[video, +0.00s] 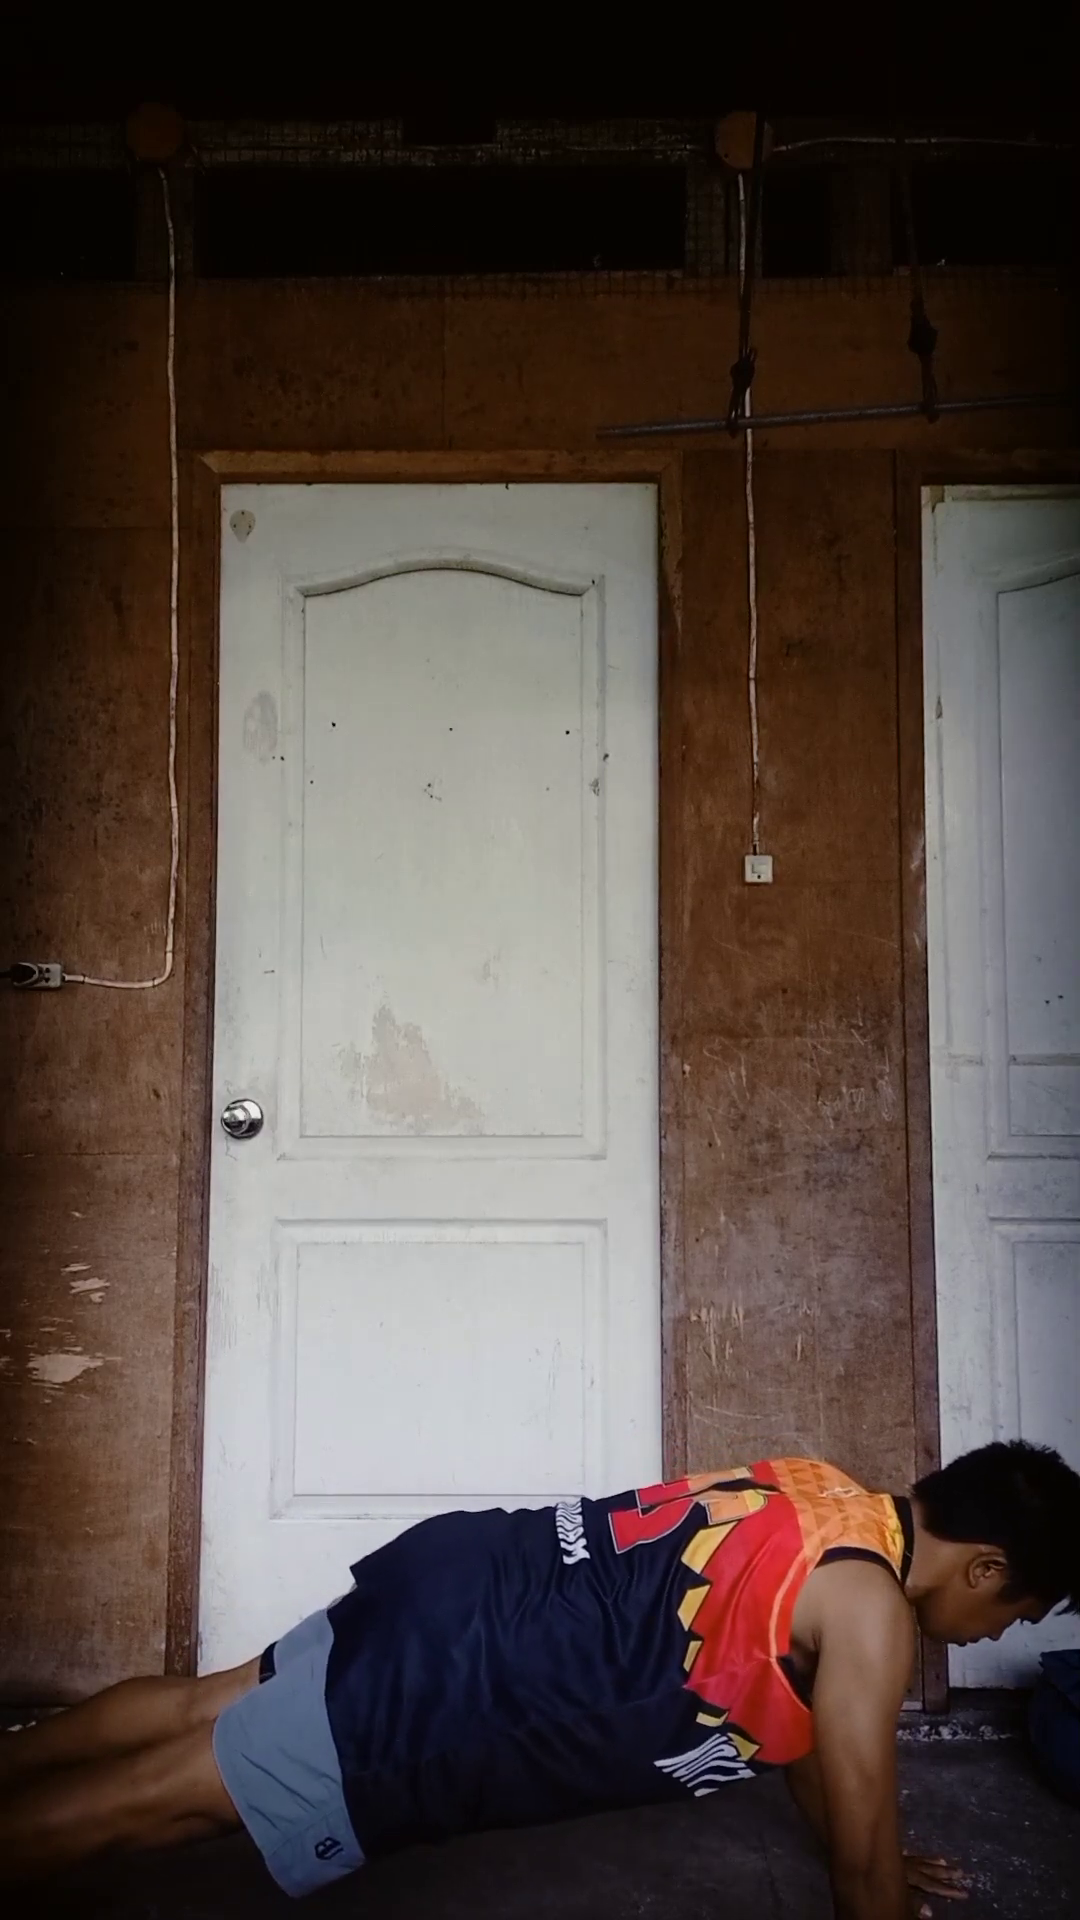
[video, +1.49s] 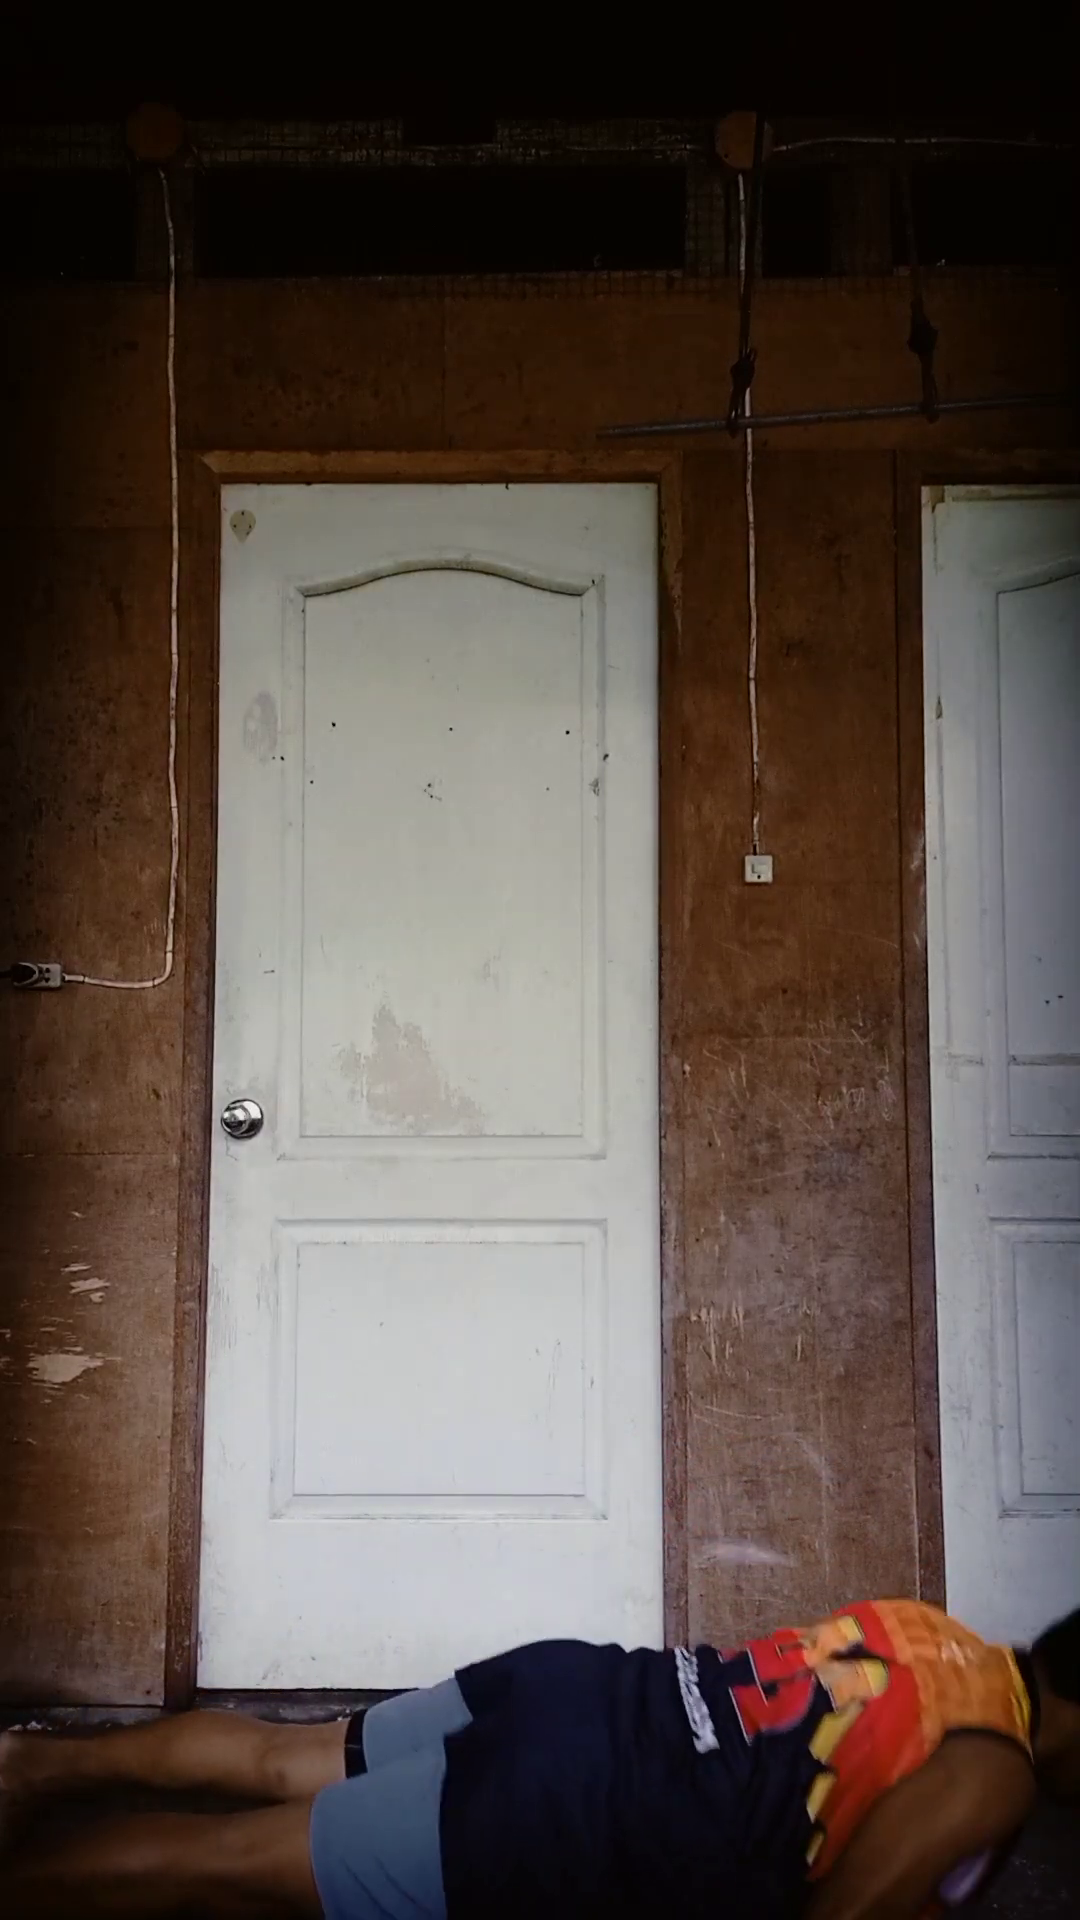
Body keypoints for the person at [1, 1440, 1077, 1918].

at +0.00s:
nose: (996, 1632)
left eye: (1017, 1615)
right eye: (1012, 1610)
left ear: (945, 1497)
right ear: (978, 1563)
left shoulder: (822, 1486)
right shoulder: (866, 1619)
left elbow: (797, 1702)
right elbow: (869, 1874)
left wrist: (874, 1843)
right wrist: (908, 1894)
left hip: (458, 1567)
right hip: (454, 1681)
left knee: (207, 1702)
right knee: (153, 1801)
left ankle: (3, 1764)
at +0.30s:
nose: (1005, 1637)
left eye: (1024, 1618)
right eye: (1022, 1614)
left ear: (952, 1505)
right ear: (987, 1572)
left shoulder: (829, 1494)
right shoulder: (875, 1628)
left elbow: (791, 1699)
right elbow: (864, 1882)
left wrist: (868, 1838)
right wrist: (906, 1888)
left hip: (467, 1584)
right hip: (461, 1697)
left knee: (216, 1706)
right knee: (162, 1807)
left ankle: (3, 1768)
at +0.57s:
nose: (1028, 1701)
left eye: (1045, 1687)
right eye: (1045, 1682)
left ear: (989, 1578)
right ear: (1017, 1640)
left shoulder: (865, 1551)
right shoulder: (912, 1686)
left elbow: (740, 1691)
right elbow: (835, 1902)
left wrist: (841, 1822)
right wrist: (888, 1884)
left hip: (504, 1624)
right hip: (501, 1746)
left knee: (252, 1723)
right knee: (185, 1834)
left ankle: (20, 1757)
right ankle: (10, 1848)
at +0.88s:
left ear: (1038, 1684)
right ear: (1069, 1762)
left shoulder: (934, 1671)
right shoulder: (979, 1800)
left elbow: (769, 1716)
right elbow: (832, 1898)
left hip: (583, 1701)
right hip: (577, 1826)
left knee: (281, 1771)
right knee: (255, 1867)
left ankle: (26, 1758)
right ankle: (26, 1869)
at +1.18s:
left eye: (1033, 1682)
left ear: (1034, 1703)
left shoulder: (954, 1734)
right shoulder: (1026, 1851)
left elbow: (801, 1679)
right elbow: (863, 1897)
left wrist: (883, 1782)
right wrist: (890, 1810)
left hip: (599, 1741)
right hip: (606, 1854)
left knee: (314, 1792)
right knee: (274, 1885)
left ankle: (57, 1756)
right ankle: (40, 1874)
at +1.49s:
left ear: (1043, 1637)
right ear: (1079, 1714)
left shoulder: (924, 1622)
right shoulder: (992, 1766)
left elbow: (781, 1698)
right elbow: (845, 1897)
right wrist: (947, 1886)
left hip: (577, 1678)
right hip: (569, 1812)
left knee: (295, 1754)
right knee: (238, 1866)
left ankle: (42, 1761)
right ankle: (30, 1867)